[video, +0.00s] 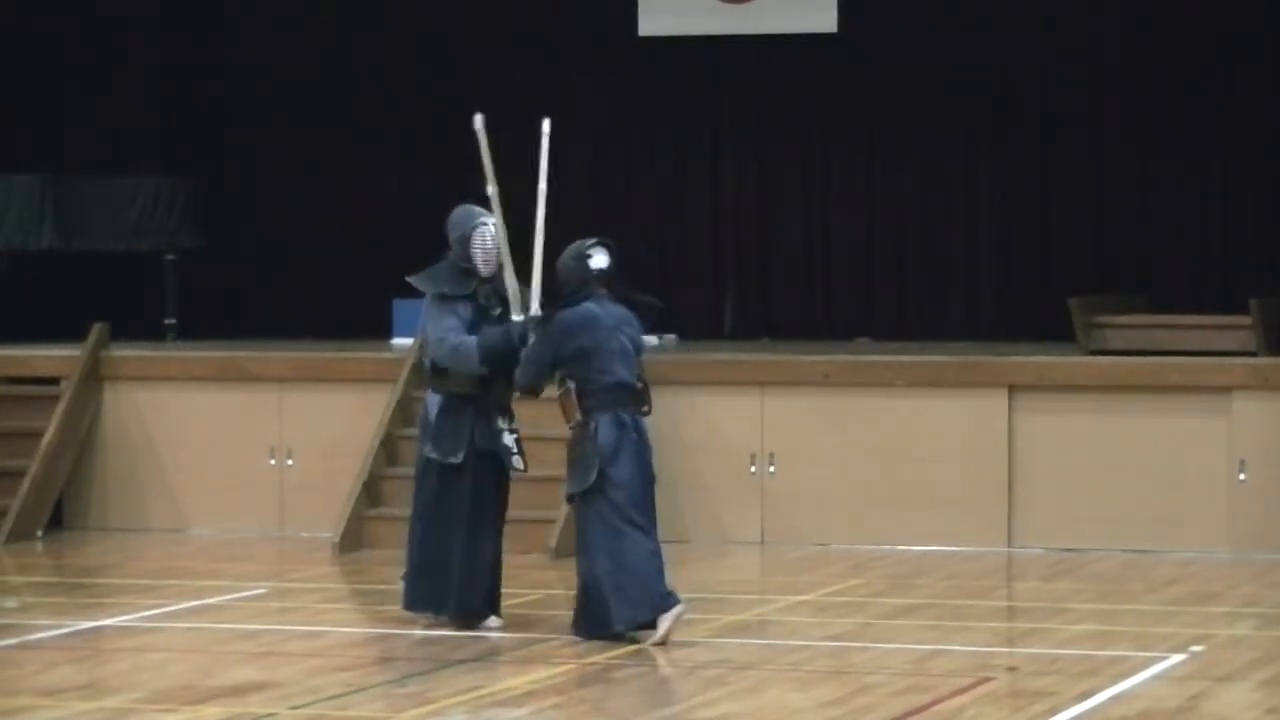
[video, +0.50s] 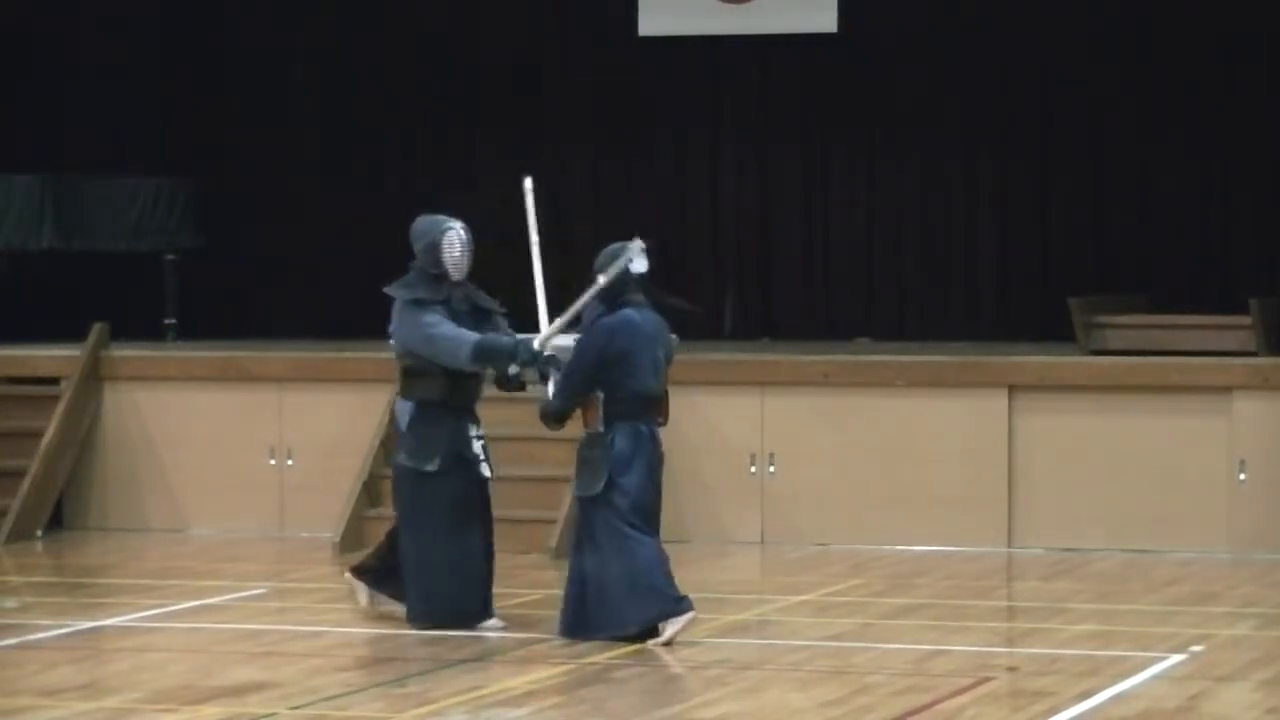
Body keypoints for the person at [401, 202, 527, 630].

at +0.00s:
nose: (488, 250)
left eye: (492, 241)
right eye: (479, 241)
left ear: (499, 246)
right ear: (460, 246)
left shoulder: (501, 294)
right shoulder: (446, 295)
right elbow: (445, 352)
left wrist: (530, 335)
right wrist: (511, 338)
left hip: (490, 409)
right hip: (453, 410)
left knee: (485, 506)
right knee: (451, 505)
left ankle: (478, 607)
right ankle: (443, 604)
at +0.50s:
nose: (459, 256)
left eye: (462, 247)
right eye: (449, 248)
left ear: (468, 251)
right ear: (427, 253)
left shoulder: (472, 301)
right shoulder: (413, 310)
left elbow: (500, 361)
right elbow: (463, 348)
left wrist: (537, 363)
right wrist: (533, 346)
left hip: (462, 418)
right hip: (426, 419)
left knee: (469, 511)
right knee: (436, 512)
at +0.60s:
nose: (439, 265)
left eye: (441, 256)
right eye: (430, 258)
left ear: (444, 258)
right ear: (408, 262)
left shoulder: (444, 308)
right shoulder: (394, 319)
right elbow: (443, 356)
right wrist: (516, 350)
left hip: (444, 422)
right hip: (412, 425)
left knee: (451, 511)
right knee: (430, 515)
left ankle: (377, 582)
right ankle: (454, 612)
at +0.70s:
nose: (412, 266)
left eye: (415, 256)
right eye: (402, 258)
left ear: (419, 259)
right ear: (380, 262)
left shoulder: (419, 308)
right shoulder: (367, 319)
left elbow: (452, 342)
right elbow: (410, 359)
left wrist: (485, 362)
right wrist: (462, 369)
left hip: (421, 420)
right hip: (385, 423)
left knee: (431, 511)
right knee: (425, 515)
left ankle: (369, 586)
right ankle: (458, 608)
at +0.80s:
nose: (387, 263)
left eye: (392, 253)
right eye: (378, 254)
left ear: (397, 257)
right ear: (357, 258)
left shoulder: (398, 311)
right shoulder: (342, 317)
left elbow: (424, 351)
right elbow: (379, 356)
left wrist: (442, 374)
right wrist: (430, 371)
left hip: (395, 417)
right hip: (358, 420)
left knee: (391, 511)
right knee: (404, 510)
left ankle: (355, 594)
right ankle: (431, 602)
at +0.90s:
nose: (366, 259)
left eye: (369, 250)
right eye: (357, 251)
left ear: (373, 253)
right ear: (335, 255)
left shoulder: (369, 304)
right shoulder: (318, 313)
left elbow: (394, 344)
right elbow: (355, 352)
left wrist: (422, 362)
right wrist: (408, 370)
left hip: (368, 414)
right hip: (333, 416)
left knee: (386, 504)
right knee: (354, 508)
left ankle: (394, 597)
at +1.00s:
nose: (345, 256)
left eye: (347, 247)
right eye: (336, 248)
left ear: (349, 250)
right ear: (313, 251)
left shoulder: (345, 302)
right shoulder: (296, 309)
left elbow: (370, 346)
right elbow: (339, 351)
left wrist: (405, 363)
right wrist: (401, 369)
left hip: (343, 411)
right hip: (306, 412)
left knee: (364, 501)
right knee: (320, 501)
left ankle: (357, 593)